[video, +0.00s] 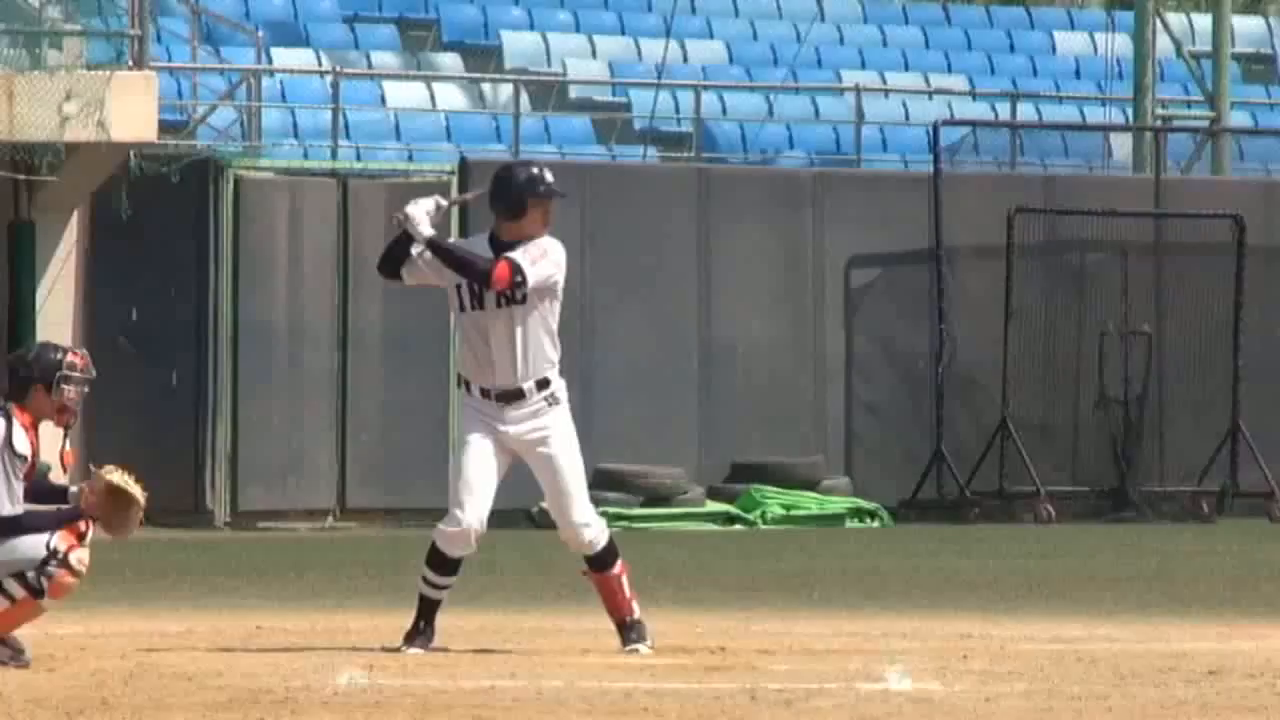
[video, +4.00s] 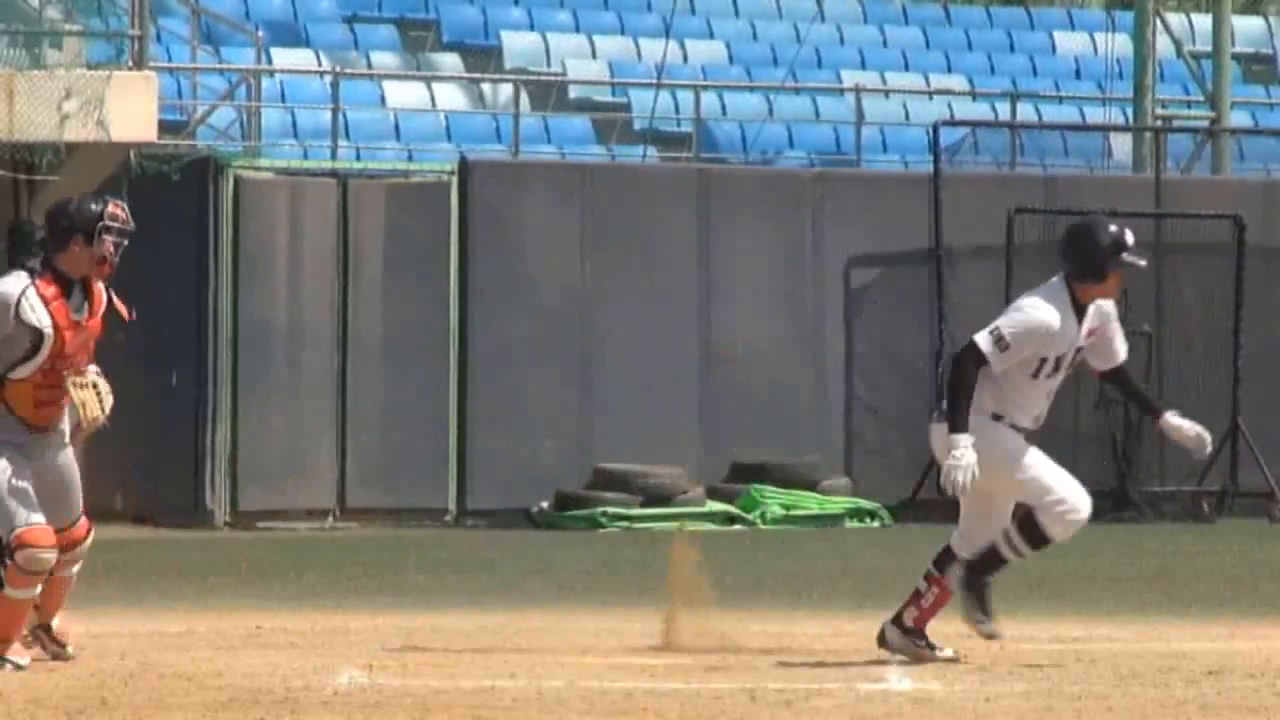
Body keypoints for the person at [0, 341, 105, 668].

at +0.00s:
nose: (74, 397)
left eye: (75, 388)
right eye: (66, 388)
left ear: (38, 392)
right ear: (39, 392)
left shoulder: (23, 423)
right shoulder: (8, 433)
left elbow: (23, 487)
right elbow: (6, 522)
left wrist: (78, 496)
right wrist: (78, 512)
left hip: (7, 527)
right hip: (1, 542)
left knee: (78, 530)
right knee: (64, 557)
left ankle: (4, 627)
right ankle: (1, 629)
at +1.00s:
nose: (110, 399)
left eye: (112, 391)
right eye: (101, 389)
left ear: (73, 396)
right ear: (71, 394)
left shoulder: (62, 436)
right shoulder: (25, 436)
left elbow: (90, 494)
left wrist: (139, 526)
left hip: (7, 527)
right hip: (3, 530)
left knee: (92, 536)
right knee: (64, 542)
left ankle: (32, 636)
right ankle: (5, 640)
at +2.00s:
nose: (111, 434)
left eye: (112, 426)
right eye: (101, 426)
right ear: (74, 428)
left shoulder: (79, 468)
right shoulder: (25, 465)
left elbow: (110, 523)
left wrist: (159, 562)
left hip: (17, 548)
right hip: (4, 550)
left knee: (102, 554)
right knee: (73, 556)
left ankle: (35, 643)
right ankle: (7, 645)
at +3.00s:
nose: (109, 430)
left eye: (112, 421)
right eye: (101, 420)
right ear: (72, 423)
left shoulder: (88, 459)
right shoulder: (23, 455)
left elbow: (157, 475)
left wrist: (232, 470)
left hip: (31, 554)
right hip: (7, 554)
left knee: (111, 565)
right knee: (75, 552)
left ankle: (37, 642)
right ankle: (7, 644)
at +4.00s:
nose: (112, 251)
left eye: (116, 242)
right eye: (104, 240)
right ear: (73, 241)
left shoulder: (96, 296)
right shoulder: (18, 298)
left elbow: (76, 353)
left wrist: (90, 384)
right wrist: (16, 396)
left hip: (55, 434)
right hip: (10, 436)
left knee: (73, 539)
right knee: (34, 548)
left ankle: (43, 622)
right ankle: (8, 641)